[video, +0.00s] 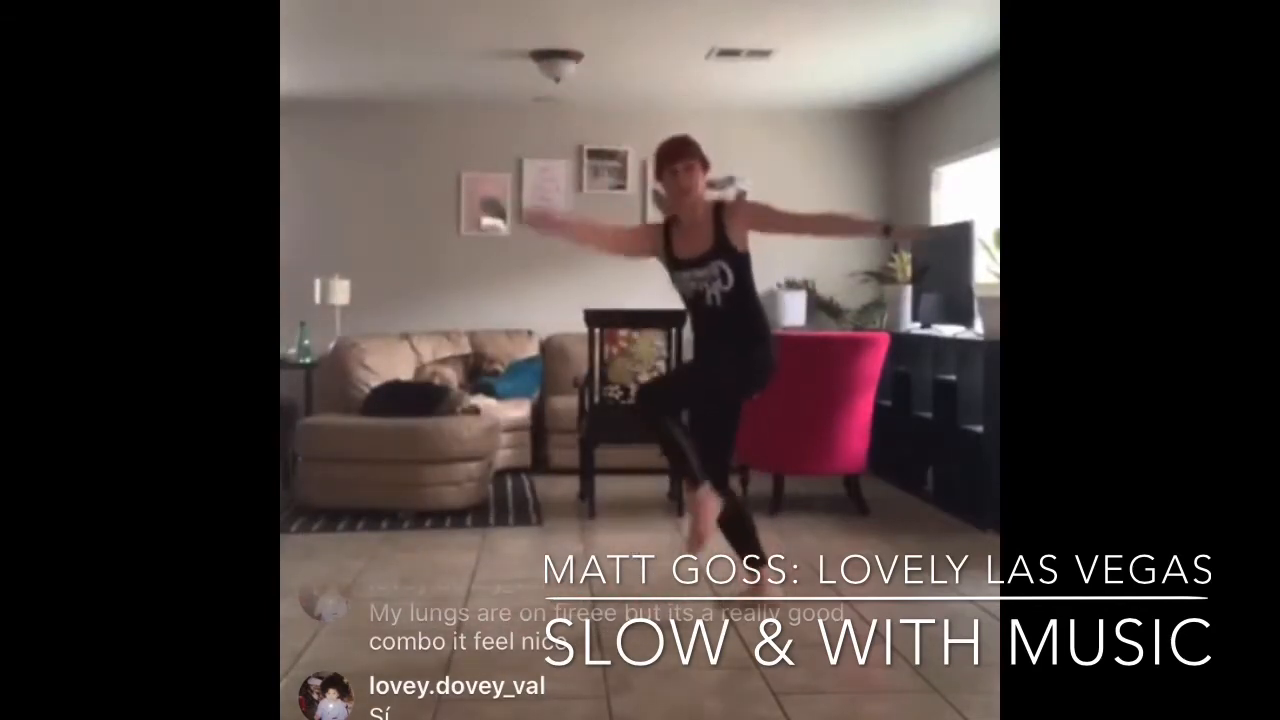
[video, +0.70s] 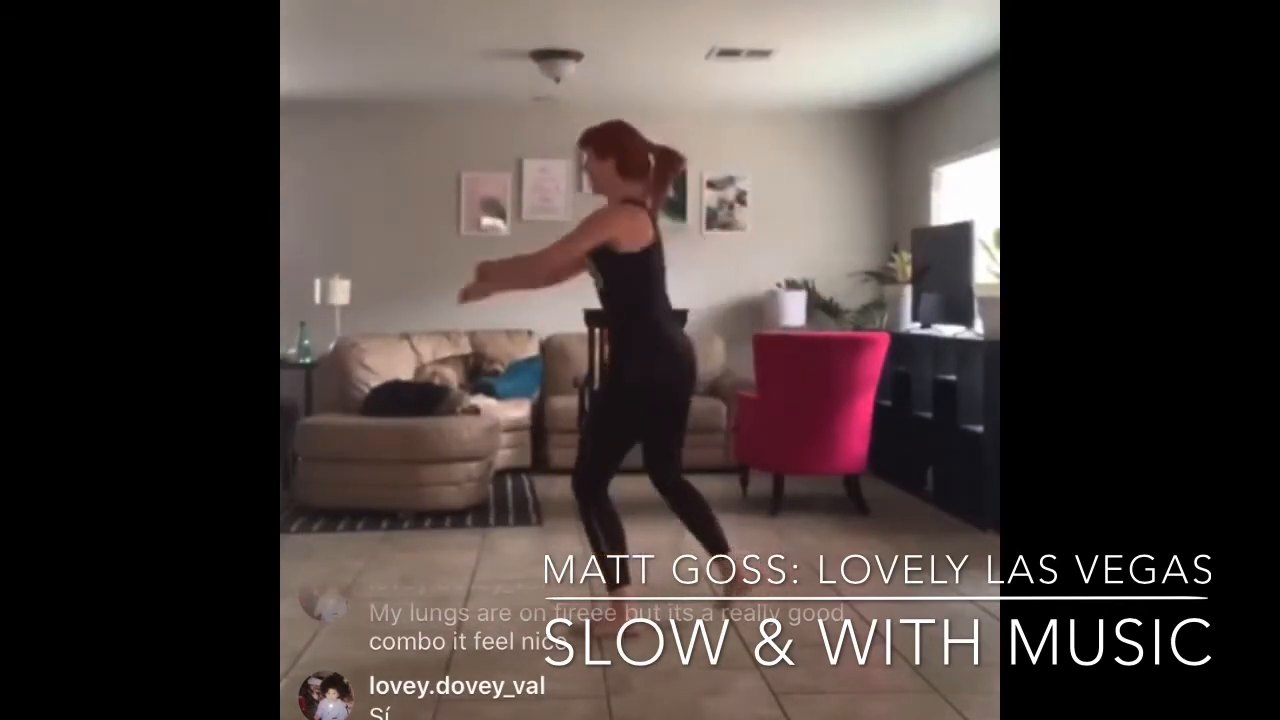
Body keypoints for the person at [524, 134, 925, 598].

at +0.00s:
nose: (683, 179)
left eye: (689, 168)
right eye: (672, 172)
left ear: (705, 173)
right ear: (661, 182)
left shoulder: (735, 217)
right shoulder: (660, 236)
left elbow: (810, 224)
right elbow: (604, 238)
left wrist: (881, 229)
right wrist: (550, 223)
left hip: (749, 354)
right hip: (709, 358)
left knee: (655, 397)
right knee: (713, 476)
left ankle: (700, 491)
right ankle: (759, 571)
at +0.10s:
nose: (677, 179)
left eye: (685, 169)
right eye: (667, 173)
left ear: (702, 174)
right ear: (656, 184)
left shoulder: (731, 220)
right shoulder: (652, 242)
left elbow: (799, 251)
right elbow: (613, 287)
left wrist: (867, 276)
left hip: (737, 357)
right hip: (694, 362)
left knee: (646, 426)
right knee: (691, 478)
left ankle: (657, 547)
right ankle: (758, 570)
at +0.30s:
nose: (660, 171)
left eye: (668, 162)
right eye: (651, 164)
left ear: (686, 170)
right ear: (639, 175)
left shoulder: (712, 223)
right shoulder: (629, 233)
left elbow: (770, 266)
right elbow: (612, 295)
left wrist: (812, 297)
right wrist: (646, 321)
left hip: (701, 361)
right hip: (661, 362)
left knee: (628, 466)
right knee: (671, 486)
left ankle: (628, 592)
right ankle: (750, 565)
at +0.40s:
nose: (648, 170)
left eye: (656, 162)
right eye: (639, 164)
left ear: (673, 169)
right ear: (628, 174)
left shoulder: (698, 231)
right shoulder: (612, 233)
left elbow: (767, 280)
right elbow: (579, 291)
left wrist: (759, 312)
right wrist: (626, 311)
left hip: (685, 367)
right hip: (647, 369)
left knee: (613, 473)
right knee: (658, 496)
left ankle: (627, 599)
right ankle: (743, 561)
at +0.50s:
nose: (631, 169)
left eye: (640, 161)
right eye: (623, 163)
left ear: (658, 169)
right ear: (613, 173)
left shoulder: (679, 231)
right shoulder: (601, 233)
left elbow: (718, 287)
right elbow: (546, 287)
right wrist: (587, 304)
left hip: (672, 367)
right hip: (638, 368)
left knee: (602, 472)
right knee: (654, 495)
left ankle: (623, 598)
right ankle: (738, 561)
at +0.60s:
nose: (601, 171)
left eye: (610, 161)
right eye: (598, 163)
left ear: (640, 167)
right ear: (600, 172)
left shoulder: (657, 225)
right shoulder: (603, 231)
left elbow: (617, 281)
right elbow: (556, 266)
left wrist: (544, 285)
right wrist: (523, 282)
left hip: (664, 368)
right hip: (645, 368)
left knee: (593, 480)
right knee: (656, 485)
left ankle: (625, 598)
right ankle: (737, 560)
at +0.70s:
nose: (588, 173)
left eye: (592, 163)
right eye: (587, 164)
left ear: (613, 163)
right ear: (626, 163)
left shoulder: (613, 218)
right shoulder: (639, 218)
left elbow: (549, 265)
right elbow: (559, 272)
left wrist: (489, 272)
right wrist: (498, 279)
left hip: (639, 366)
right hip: (672, 361)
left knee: (589, 481)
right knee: (665, 472)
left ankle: (621, 600)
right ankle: (731, 569)